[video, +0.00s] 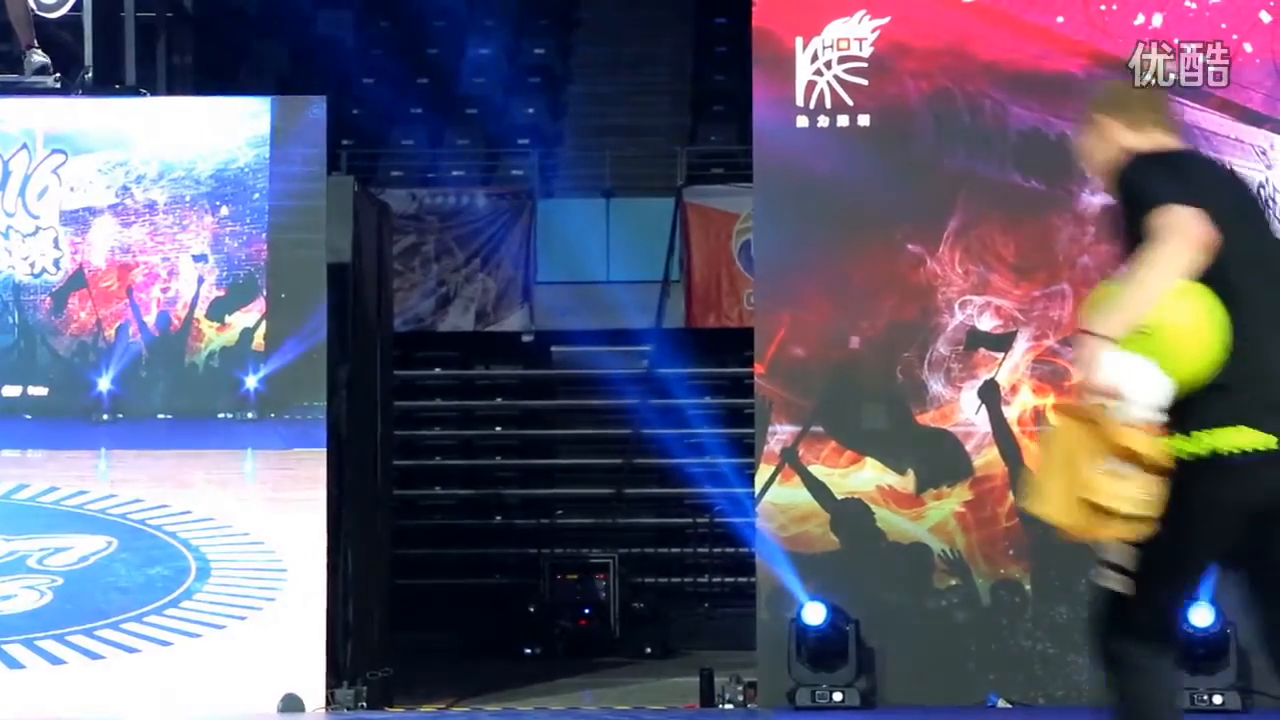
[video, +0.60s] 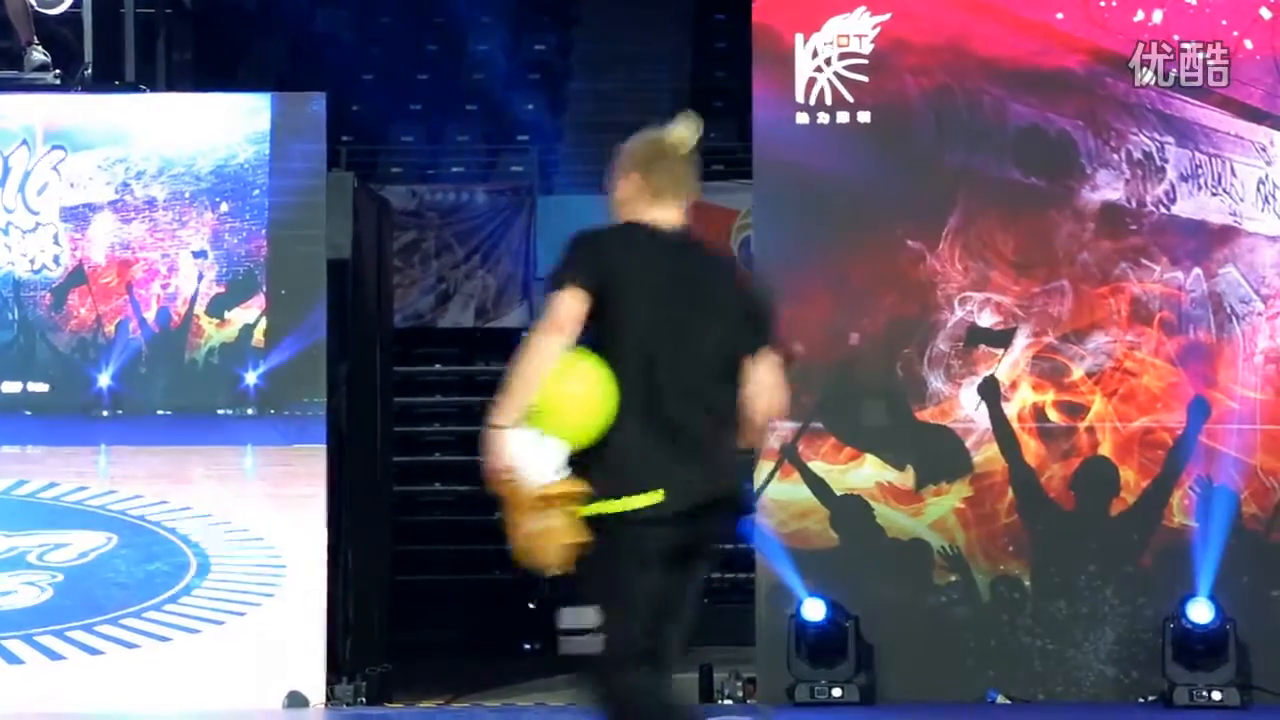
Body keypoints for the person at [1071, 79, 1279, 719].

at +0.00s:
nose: (1086, 155)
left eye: (1088, 139)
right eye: (1083, 141)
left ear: (1114, 128)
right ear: (1162, 125)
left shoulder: (1155, 169)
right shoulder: (1225, 185)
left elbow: (1186, 236)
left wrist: (1098, 330)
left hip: (1219, 455)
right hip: (1268, 452)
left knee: (1136, 625)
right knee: (1269, 628)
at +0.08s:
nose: (1002, 146)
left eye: (1003, 127)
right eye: (999, 130)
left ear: (1030, 113)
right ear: (1076, 106)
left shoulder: (1072, 158)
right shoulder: (1148, 180)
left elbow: (1102, 237)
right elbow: (1221, 321)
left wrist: (1012, 340)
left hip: (1128, 447)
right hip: (1197, 443)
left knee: (1077, 641)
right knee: (1248, 629)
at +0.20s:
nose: (883, 176)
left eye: (885, 159)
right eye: (884, 160)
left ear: (909, 150)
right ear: (971, 155)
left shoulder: (942, 212)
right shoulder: (1033, 220)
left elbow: (967, 294)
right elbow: (1128, 330)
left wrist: (875, 395)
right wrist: (1076, 409)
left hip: (1001, 487)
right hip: (1080, 482)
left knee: (946, 675)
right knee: (1052, 674)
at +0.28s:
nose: (824, 186)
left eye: (828, 172)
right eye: (825, 173)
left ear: (849, 168)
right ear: (903, 173)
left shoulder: (862, 233)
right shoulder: (973, 239)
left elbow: (871, 312)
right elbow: (1063, 328)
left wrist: (794, 409)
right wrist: (1017, 401)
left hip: (930, 486)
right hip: (1003, 481)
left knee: (908, 676)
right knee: (952, 669)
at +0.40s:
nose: (745, 153)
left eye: (748, 140)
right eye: (746, 140)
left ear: (767, 135)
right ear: (820, 137)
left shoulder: (761, 203)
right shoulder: (888, 210)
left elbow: (732, 294)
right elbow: (944, 302)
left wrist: (672, 387)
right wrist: (916, 386)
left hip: (813, 438)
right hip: (887, 433)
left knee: (854, 618)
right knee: (804, 612)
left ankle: (894, 709)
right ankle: (805, 706)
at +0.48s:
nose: (692, 144)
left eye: (695, 132)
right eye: (695, 133)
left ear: (709, 133)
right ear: (770, 140)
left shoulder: (691, 204)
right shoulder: (824, 213)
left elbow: (653, 296)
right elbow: (871, 322)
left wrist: (602, 389)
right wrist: (849, 411)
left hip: (733, 432)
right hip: (813, 433)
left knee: (755, 610)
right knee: (745, 607)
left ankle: (842, 707)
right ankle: (723, 707)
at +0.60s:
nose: (611, 192)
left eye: (616, 181)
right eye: (616, 179)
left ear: (629, 185)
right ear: (687, 198)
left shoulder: (601, 250)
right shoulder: (728, 276)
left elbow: (556, 334)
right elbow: (767, 396)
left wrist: (503, 422)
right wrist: (738, 445)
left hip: (628, 489)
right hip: (711, 488)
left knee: (624, 666)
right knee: (654, 664)